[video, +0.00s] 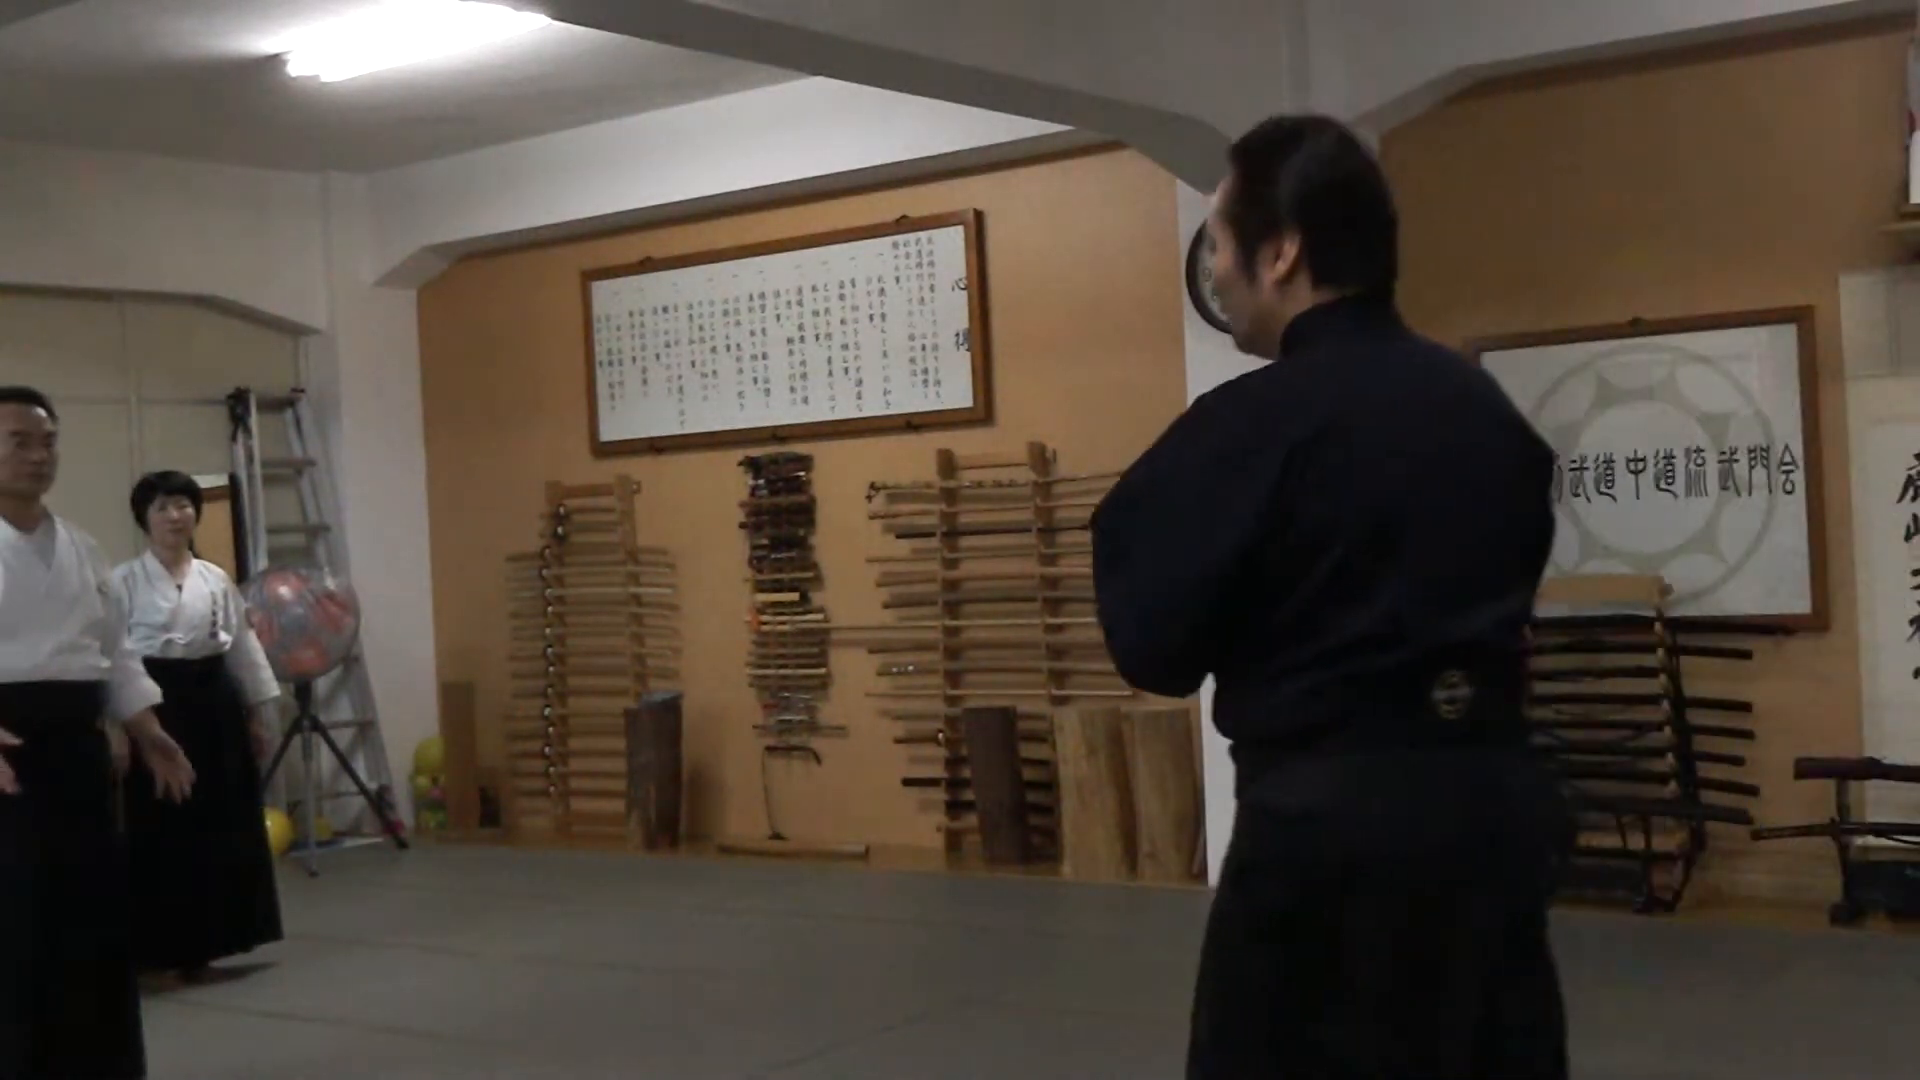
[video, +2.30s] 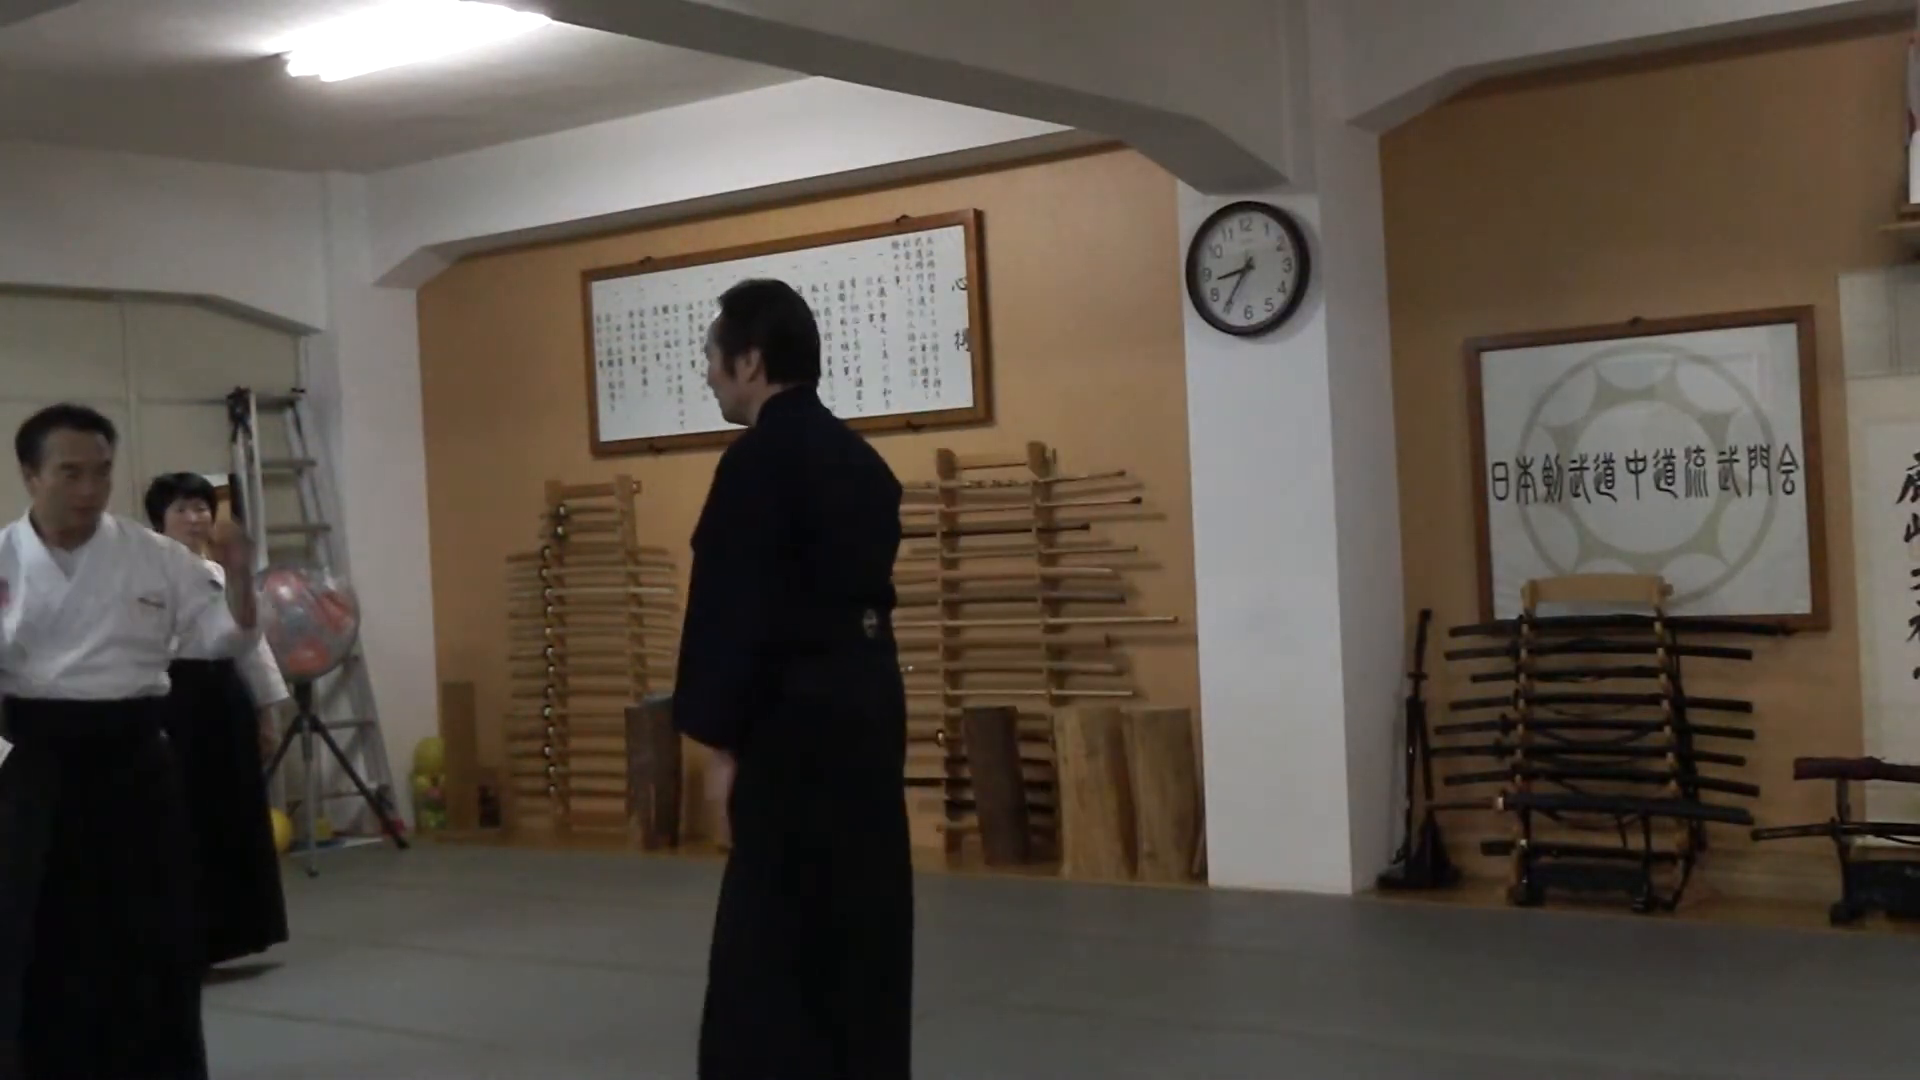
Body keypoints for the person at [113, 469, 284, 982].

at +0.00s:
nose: (175, 515)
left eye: (183, 506)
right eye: (163, 507)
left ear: (197, 515)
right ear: (144, 519)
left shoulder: (216, 580)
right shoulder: (124, 581)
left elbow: (243, 646)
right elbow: (112, 658)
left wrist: (262, 713)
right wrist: (121, 729)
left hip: (211, 702)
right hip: (153, 706)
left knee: (213, 818)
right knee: (159, 822)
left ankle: (203, 946)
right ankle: (162, 949)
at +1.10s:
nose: (183, 516)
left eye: (191, 508)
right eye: (170, 509)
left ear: (204, 518)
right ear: (148, 522)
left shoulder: (217, 579)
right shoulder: (141, 581)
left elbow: (243, 643)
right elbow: (136, 656)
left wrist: (263, 707)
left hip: (217, 704)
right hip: (160, 711)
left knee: (226, 816)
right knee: (174, 826)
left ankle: (230, 930)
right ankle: (184, 936)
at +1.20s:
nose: (182, 522)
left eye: (191, 512)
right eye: (169, 514)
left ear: (203, 519)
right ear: (147, 522)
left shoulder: (216, 579)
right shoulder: (135, 583)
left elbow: (243, 645)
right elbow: (135, 651)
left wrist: (263, 708)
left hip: (215, 698)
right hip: (158, 702)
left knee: (222, 812)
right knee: (167, 819)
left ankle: (225, 929)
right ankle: (172, 933)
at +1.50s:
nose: (186, 522)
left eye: (195, 512)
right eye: (173, 513)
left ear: (207, 519)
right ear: (148, 523)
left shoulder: (219, 580)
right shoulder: (137, 583)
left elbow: (245, 644)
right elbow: (131, 654)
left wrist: (265, 707)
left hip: (218, 700)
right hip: (160, 704)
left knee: (224, 814)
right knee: (169, 821)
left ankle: (222, 934)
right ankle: (176, 938)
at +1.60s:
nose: (187, 521)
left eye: (195, 511)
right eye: (174, 513)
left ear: (208, 519)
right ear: (149, 523)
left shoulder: (221, 580)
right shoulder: (139, 583)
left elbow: (246, 645)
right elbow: (133, 655)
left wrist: (265, 710)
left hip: (220, 699)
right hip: (162, 704)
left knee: (226, 814)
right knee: (174, 821)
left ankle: (229, 932)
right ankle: (181, 938)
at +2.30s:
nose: (197, 517)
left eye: (203, 508)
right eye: (184, 509)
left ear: (215, 518)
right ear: (159, 521)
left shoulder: (222, 578)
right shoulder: (148, 575)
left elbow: (249, 643)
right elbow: (137, 652)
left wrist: (269, 708)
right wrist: (141, 720)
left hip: (225, 701)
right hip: (170, 703)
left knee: (231, 814)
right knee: (180, 819)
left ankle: (232, 932)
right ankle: (187, 938)